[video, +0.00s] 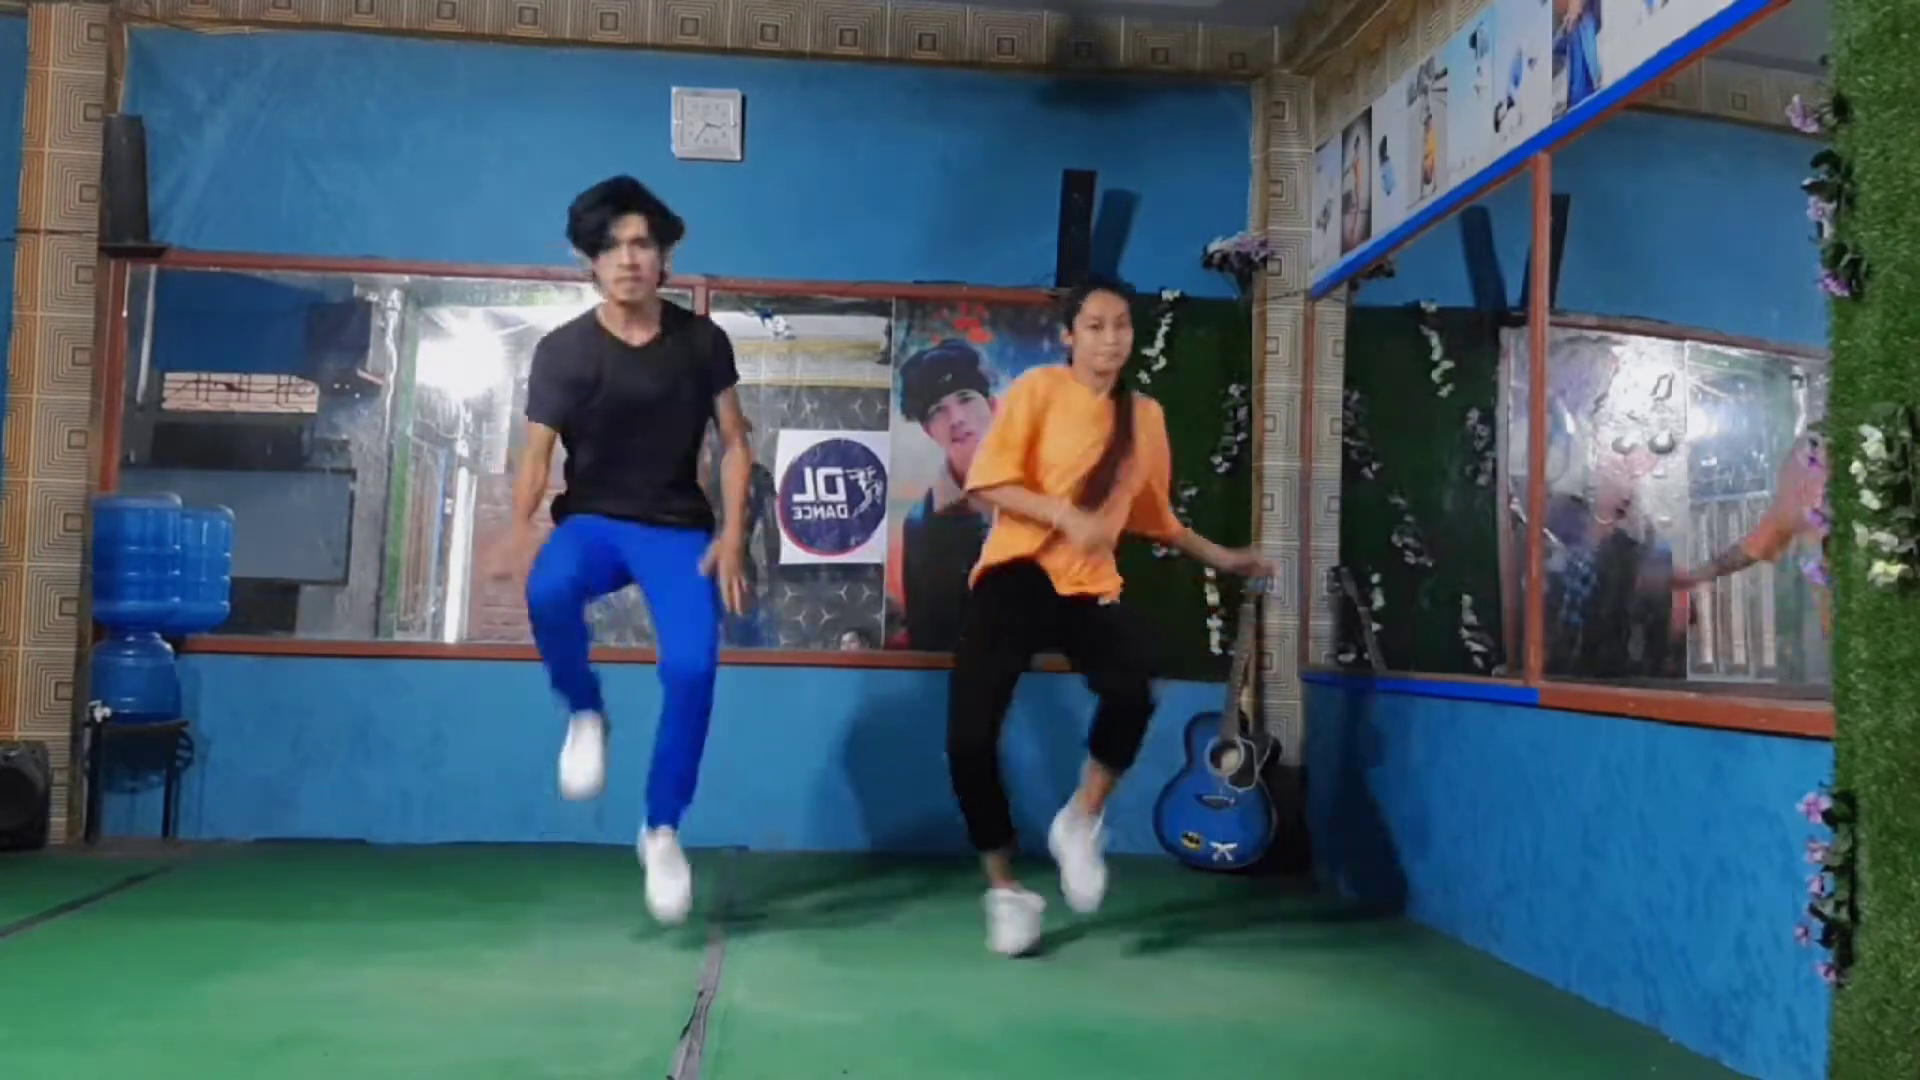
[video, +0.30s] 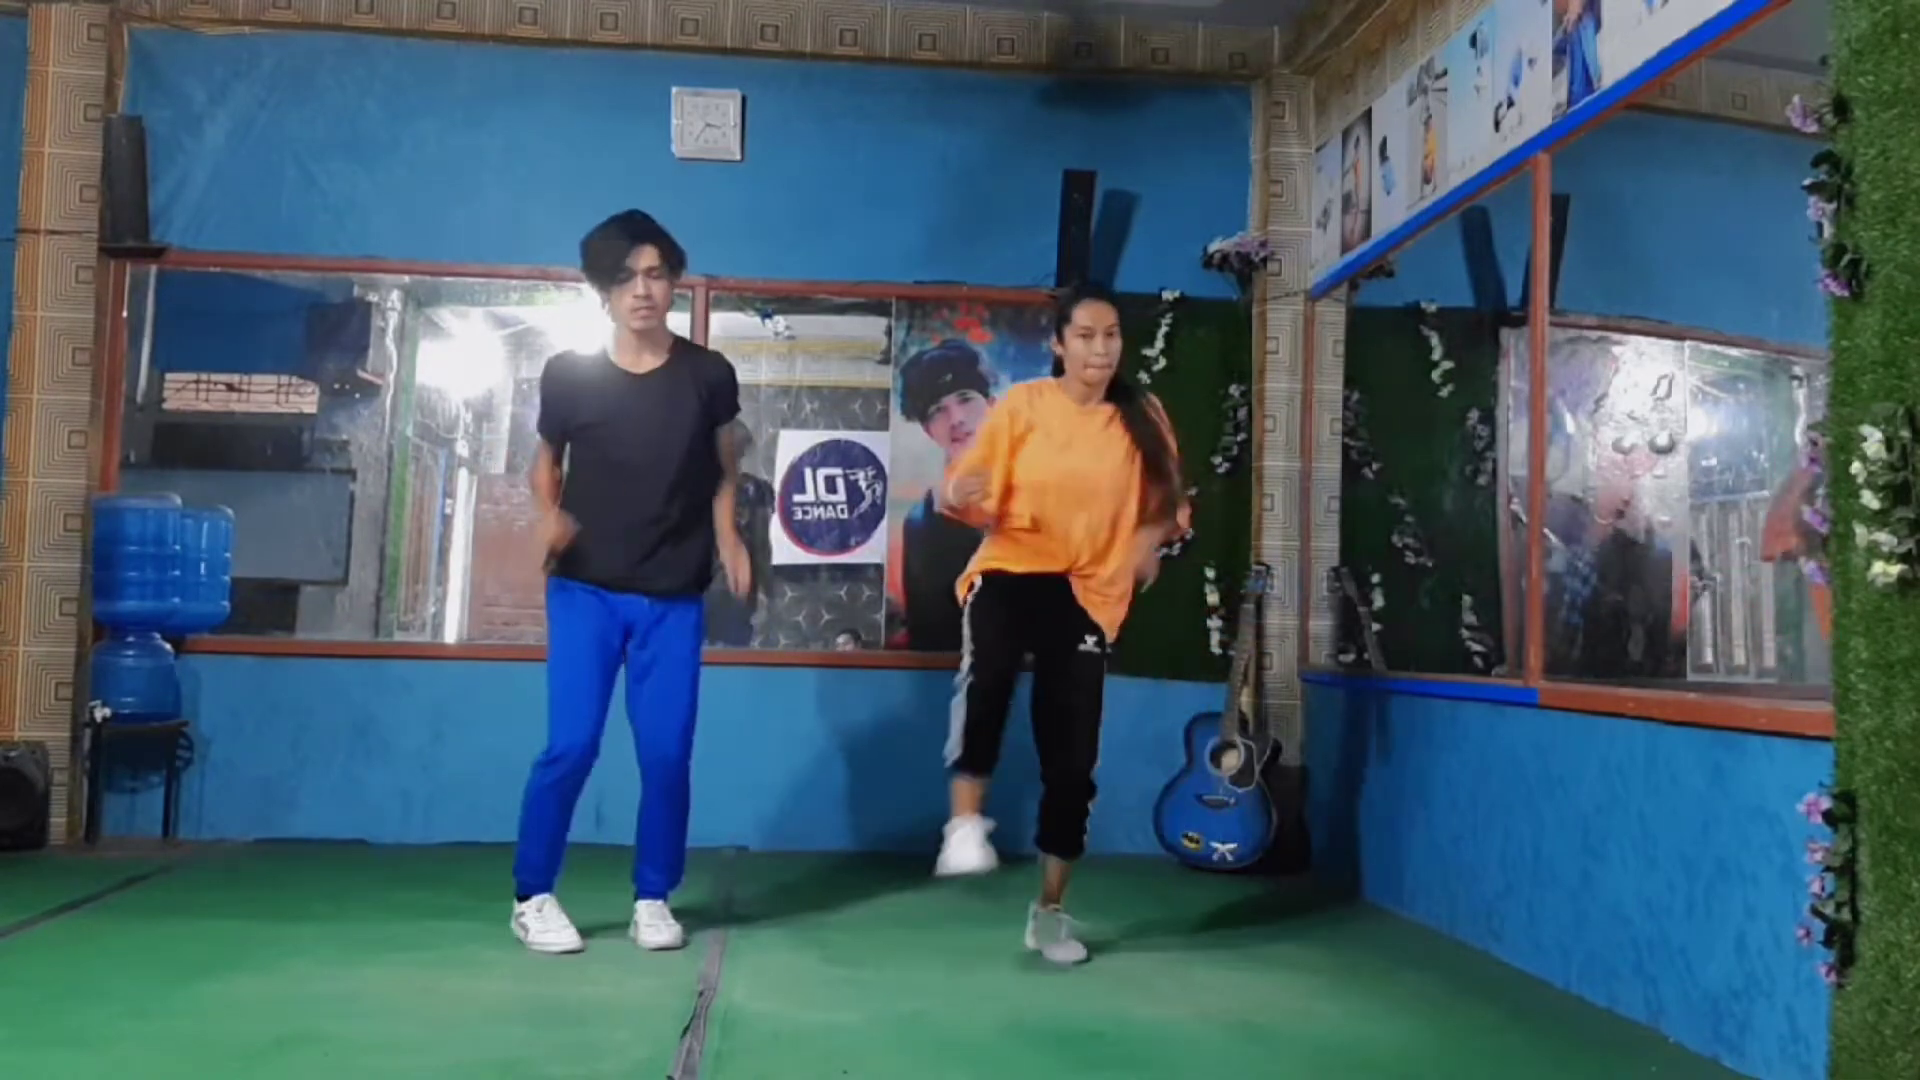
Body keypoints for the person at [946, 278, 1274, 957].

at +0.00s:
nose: (1110, 339)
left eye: (1121, 326)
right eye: (1095, 326)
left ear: (1134, 336)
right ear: (1070, 335)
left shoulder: (1145, 418)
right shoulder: (1036, 390)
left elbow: (1155, 519)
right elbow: (985, 482)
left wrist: (1225, 557)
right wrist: (1067, 516)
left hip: (1089, 587)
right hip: (1013, 578)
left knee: (1131, 691)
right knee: (969, 737)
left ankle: (1081, 823)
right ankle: (1004, 891)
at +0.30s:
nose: (1099, 347)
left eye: (1110, 335)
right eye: (1085, 334)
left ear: (1124, 345)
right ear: (1059, 343)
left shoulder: (1145, 421)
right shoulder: (1021, 404)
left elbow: (1173, 507)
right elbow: (966, 491)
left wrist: (1148, 537)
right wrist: (958, 496)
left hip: (1089, 588)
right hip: (1008, 573)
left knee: (1073, 761)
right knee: (990, 671)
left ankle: (1049, 912)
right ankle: (965, 823)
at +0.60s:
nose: (1090, 361)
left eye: (1097, 349)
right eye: (1079, 349)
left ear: (1101, 350)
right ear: (1041, 347)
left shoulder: (1068, 412)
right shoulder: (1014, 397)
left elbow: (1073, 520)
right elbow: (958, 491)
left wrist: (1155, 527)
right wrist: (1017, 500)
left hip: (1052, 596)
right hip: (1006, 600)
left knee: (1139, 725)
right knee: (1054, 756)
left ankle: (1059, 850)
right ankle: (994, 913)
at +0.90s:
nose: (1067, 384)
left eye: (1072, 370)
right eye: (1054, 370)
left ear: (1075, 374)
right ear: (1017, 374)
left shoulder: (1042, 442)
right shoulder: (991, 431)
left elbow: (1041, 561)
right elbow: (927, 519)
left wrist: (1117, 592)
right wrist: (909, 590)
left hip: (1016, 625)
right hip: (986, 626)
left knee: (1027, 783)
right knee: (1097, 742)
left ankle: (927, 902)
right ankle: (1124, 906)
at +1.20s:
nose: (1025, 321)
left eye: (1042, 313)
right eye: (1017, 305)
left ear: (1060, 326)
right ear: (998, 307)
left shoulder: (1082, 392)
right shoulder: (951, 380)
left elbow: (1122, 475)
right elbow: (902, 462)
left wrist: (1180, 519)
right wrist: (913, 486)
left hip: (1051, 573)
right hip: (972, 565)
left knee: (1036, 723)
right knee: (953, 723)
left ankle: (1016, 839)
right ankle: (936, 883)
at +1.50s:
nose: (1009, 371)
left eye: (1023, 359)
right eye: (1004, 359)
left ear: (1060, 361)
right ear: (1002, 360)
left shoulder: (1078, 421)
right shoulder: (1027, 426)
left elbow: (1078, 533)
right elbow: (1003, 528)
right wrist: (926, 527)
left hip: (1061, 628)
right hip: (1015, 619)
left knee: (1004, 762)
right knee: (909, 718)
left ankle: (1048, 907)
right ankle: (927, 873)